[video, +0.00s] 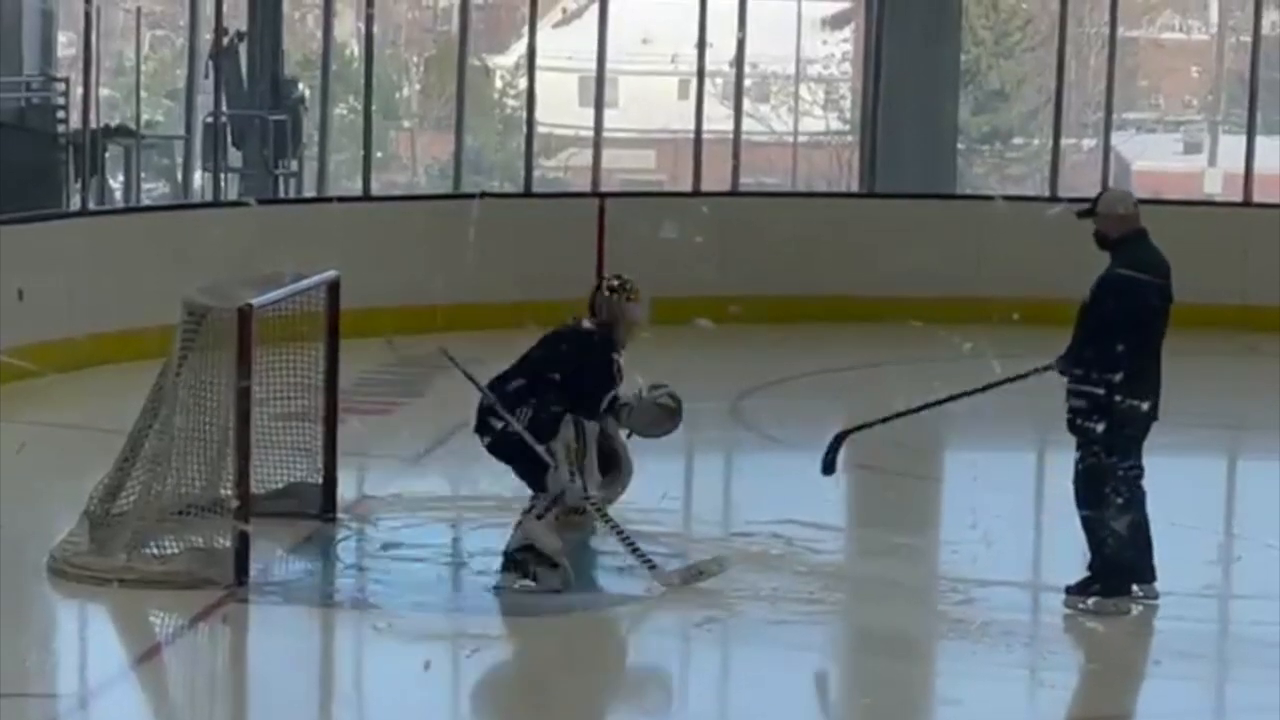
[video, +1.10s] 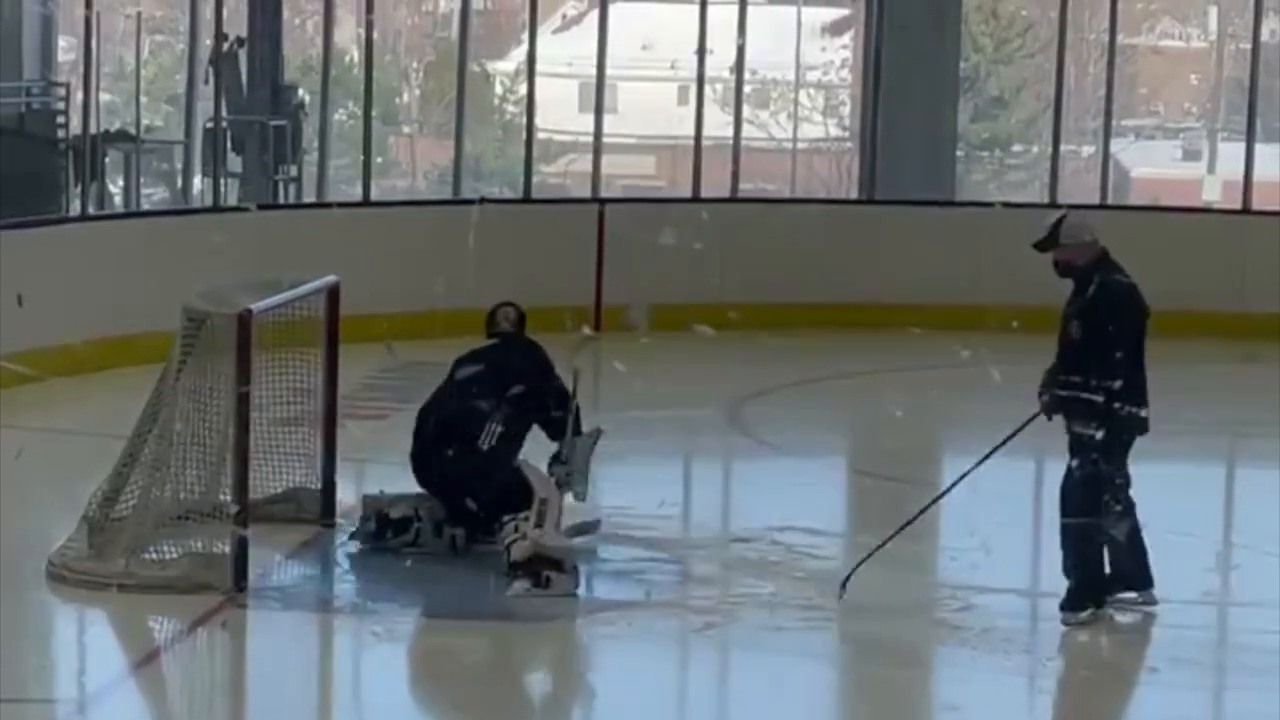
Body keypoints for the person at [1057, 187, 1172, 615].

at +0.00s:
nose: (1094, 230)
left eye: (1098, 223)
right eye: (1094, 222)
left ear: (1114, 224)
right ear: (1131, 221)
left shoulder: (1125, 271)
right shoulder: (1149, 263)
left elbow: (1108, 336)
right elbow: (1121, 332)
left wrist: (1074, 363)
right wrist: (1079, 357)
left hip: (1112, 399)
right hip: (1134, 395)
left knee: (1097, 486)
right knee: (1122, 483)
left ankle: (1112, 578)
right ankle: (1134, 572)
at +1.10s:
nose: (1055, 263)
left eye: (1059, 254)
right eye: (1053, 254)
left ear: (1079, 252)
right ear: (1080, 251)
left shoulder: (1114, 292)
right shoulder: (1088, 287)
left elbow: (1112, 366)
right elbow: (1074, 350)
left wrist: (1069, 396)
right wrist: (1054, 383)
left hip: (1110, 419)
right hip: (1089, 415)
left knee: (1079, 500)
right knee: (1109, 498)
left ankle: (1085, 591)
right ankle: (1133, 577)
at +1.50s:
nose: (1030, 262)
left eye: (1036, 256)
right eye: (1029, 255)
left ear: (1060, 254)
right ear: (1044, 254)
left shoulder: (1102, 298)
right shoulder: (1040, 287)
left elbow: (1105, 376)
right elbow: (1017, 345)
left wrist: (1090, 437)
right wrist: (983, 386)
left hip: (1077, 425)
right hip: (1038, 422)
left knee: (1056, 519)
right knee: (1054, 511)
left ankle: (1046, 615)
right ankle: (1075, 586)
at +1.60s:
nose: (1025, 262)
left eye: (1031, 256)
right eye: (1024, 255)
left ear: (1055, 253)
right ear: (1035, 253)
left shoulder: (1097, 300)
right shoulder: (1033, 288)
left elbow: (1101, 378)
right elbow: (1003, 352)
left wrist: (1089, 438)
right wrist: (966, 395)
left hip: (1069, 433)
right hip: (1028, 428)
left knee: (1057, 521)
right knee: (1027, 517)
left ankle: (1048, 613)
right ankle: (1038, 594)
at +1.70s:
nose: (1017, 261)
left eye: (1024, 254)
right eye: (1017, 254)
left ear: (1049, 252)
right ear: (1032, 253)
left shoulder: (1094, 303)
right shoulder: (1026, 291)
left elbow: (1099, 380)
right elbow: (993, 352)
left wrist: (1088, 438)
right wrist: (956, 397)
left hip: (1063, 438)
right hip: (1018, 434)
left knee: (1054, 530)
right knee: (1013, 522)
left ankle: (1046, 624)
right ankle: (1015, 596)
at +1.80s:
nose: (1010, 264)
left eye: (1016, 256)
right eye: (1009, 256)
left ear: (1041, 256)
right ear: (1027, 255)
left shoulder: (1088, 305)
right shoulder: (1020, 293)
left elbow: (1093, 383)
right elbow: (987, 355)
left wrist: (1083, 441)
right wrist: (947, 395)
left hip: (1058, 440)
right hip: (1011, 435)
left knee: (1052, 535)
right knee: (1005, 527)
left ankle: (1045, 629)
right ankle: (1006, 601)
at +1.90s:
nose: (1003, 266)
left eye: (1010, 259)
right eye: (1003, 258)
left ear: (1034, 258)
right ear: (1021, 257)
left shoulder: (1083, 307)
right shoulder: (1013, 296)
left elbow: (1089, 385)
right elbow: (982, 357)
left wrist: (1080, 445)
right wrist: (943, 399)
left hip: (1054, 446)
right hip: (1006, 442)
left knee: (1048, 543)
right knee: (997, 536)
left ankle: (1044, 640)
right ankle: (992, 623)